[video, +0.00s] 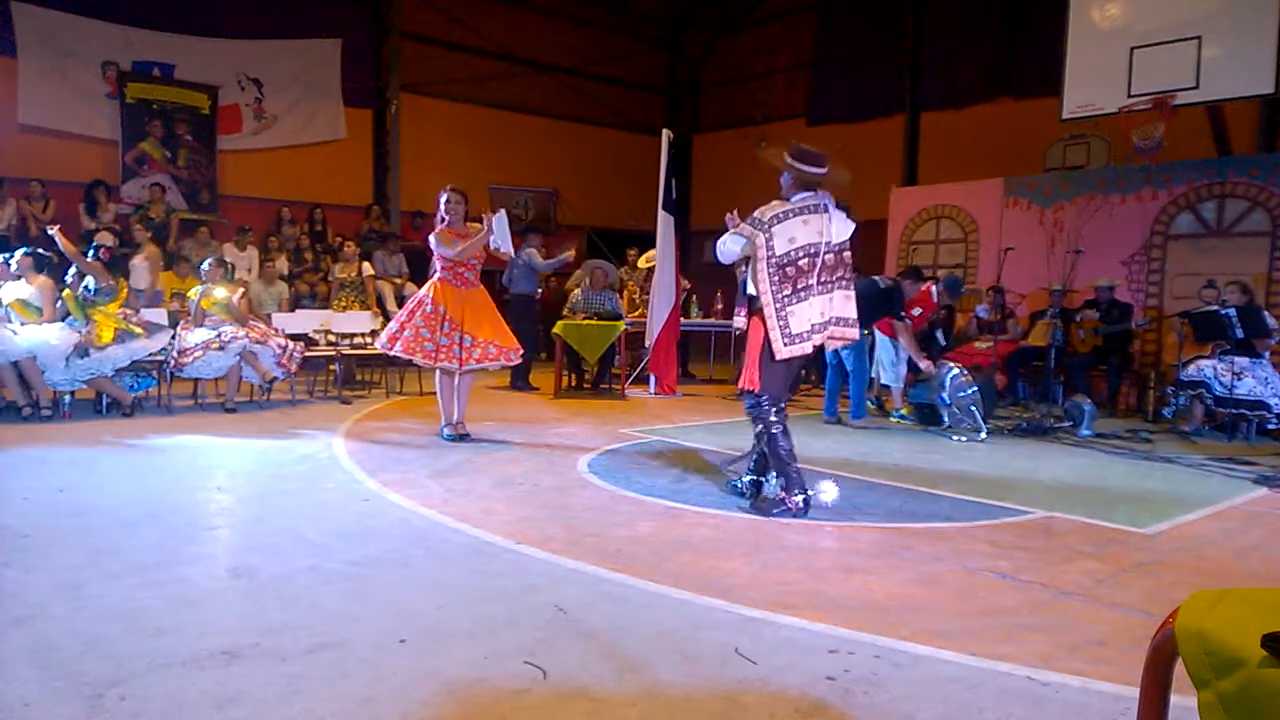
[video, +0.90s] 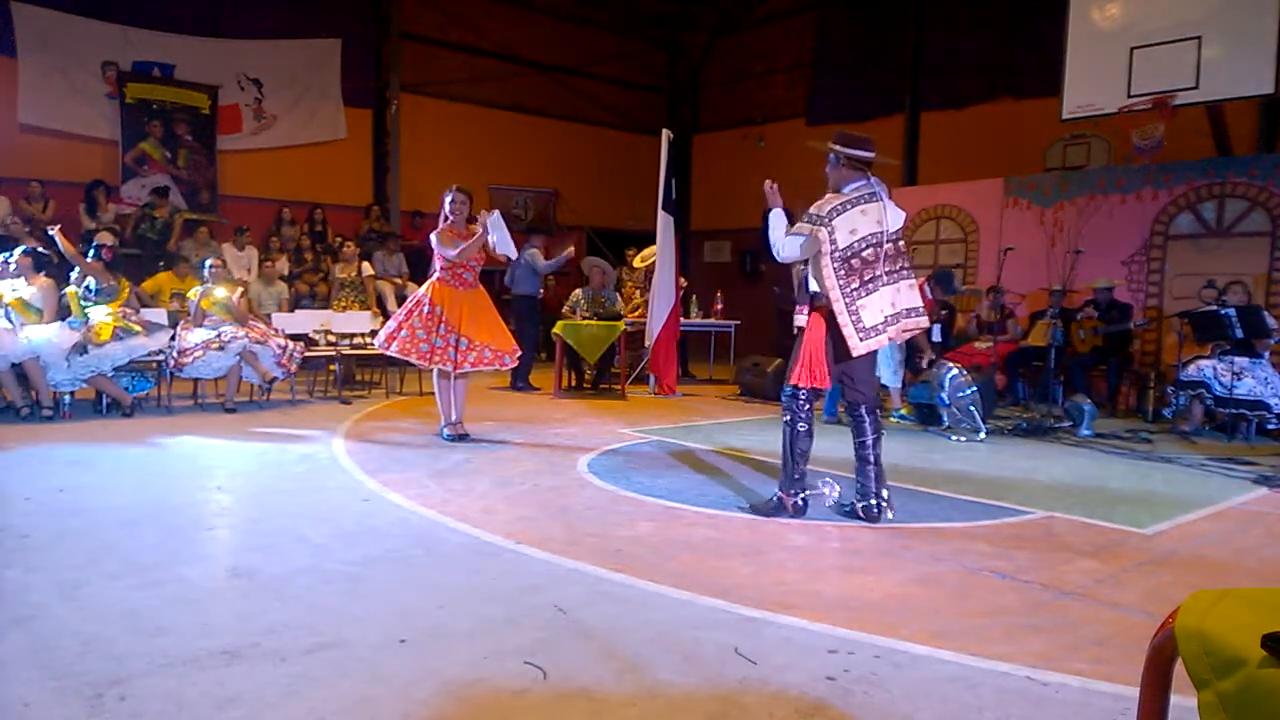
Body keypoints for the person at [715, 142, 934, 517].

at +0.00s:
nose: (781, 177)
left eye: (786, 173)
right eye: (784, 172)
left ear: (793, 179)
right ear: (819, 181)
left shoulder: (771, 217)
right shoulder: (836, 219)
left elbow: (725, 252)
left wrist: (734, 231)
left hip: (776, 321)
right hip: (811, 321)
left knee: (762, 400)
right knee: (771, 399)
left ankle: (793, 490)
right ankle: (756, 474)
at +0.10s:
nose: (784, 169)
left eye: (788, 164)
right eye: (787, 163)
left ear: (797, 170)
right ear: (823, 172)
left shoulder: (775, 210)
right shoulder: (841, 209)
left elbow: (732, 248)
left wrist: (738, 221)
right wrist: (764, 212)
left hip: (788, 319)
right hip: (824, 317)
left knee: (778, 399)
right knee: (780, 395)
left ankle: (795, 494)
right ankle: (768, 473)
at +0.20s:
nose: (790, 165)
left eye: (794, 162)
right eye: (793, 161)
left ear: (799, 167)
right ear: (831, 170)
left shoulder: (780, 210)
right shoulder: (844, 207)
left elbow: (745, 249)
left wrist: (741, 215)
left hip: (802, 318)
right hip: (832, 313)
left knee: (791, 397)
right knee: (790, 396)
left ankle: (795, 494)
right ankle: (794, 485)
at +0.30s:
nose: (798, 164)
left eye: (803, 160)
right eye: (802, 159)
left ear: (810, 167)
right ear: (838, 169)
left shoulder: (792, 209)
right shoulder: (850, 207)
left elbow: (754, 248)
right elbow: (860, 270)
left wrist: (762, 208)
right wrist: (868, 321)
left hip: (800, 317)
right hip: (835, 314)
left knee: (791, 398)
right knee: (807, 395)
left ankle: (793, 494)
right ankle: (830, 480)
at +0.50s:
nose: (813, 168)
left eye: (818, 163)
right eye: (817, 162)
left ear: (830, 168)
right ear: (853, 172)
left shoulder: (809, 211)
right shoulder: (867, 209)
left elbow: (772, 255)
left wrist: (761, 212)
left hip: (805, 318)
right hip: (847, 319)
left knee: (794, 403)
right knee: (846, 406)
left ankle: (793, 495)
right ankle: (869, 499)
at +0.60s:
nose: (820, 168)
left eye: (824, 162)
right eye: (823, 162)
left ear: (835, 166)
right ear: (858, 169)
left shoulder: (820, 209)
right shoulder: (881, 212)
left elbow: (779, 250)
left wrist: (780, 214)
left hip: (817, 317)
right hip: (859, 318)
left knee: (802, 404)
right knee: (854, 405)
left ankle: (793, 495)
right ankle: (870, 499)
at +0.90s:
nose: (825, 169)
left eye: (829, 163)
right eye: (828, 163)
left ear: (841, 166)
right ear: (863, 168)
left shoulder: (828, 210)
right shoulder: (886, 210)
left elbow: (784, 249)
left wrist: (774, 209)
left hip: (823, 320)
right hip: (865, 321)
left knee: (798, 398)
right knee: (863, 403)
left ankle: (791, 494)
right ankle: (872, 498)